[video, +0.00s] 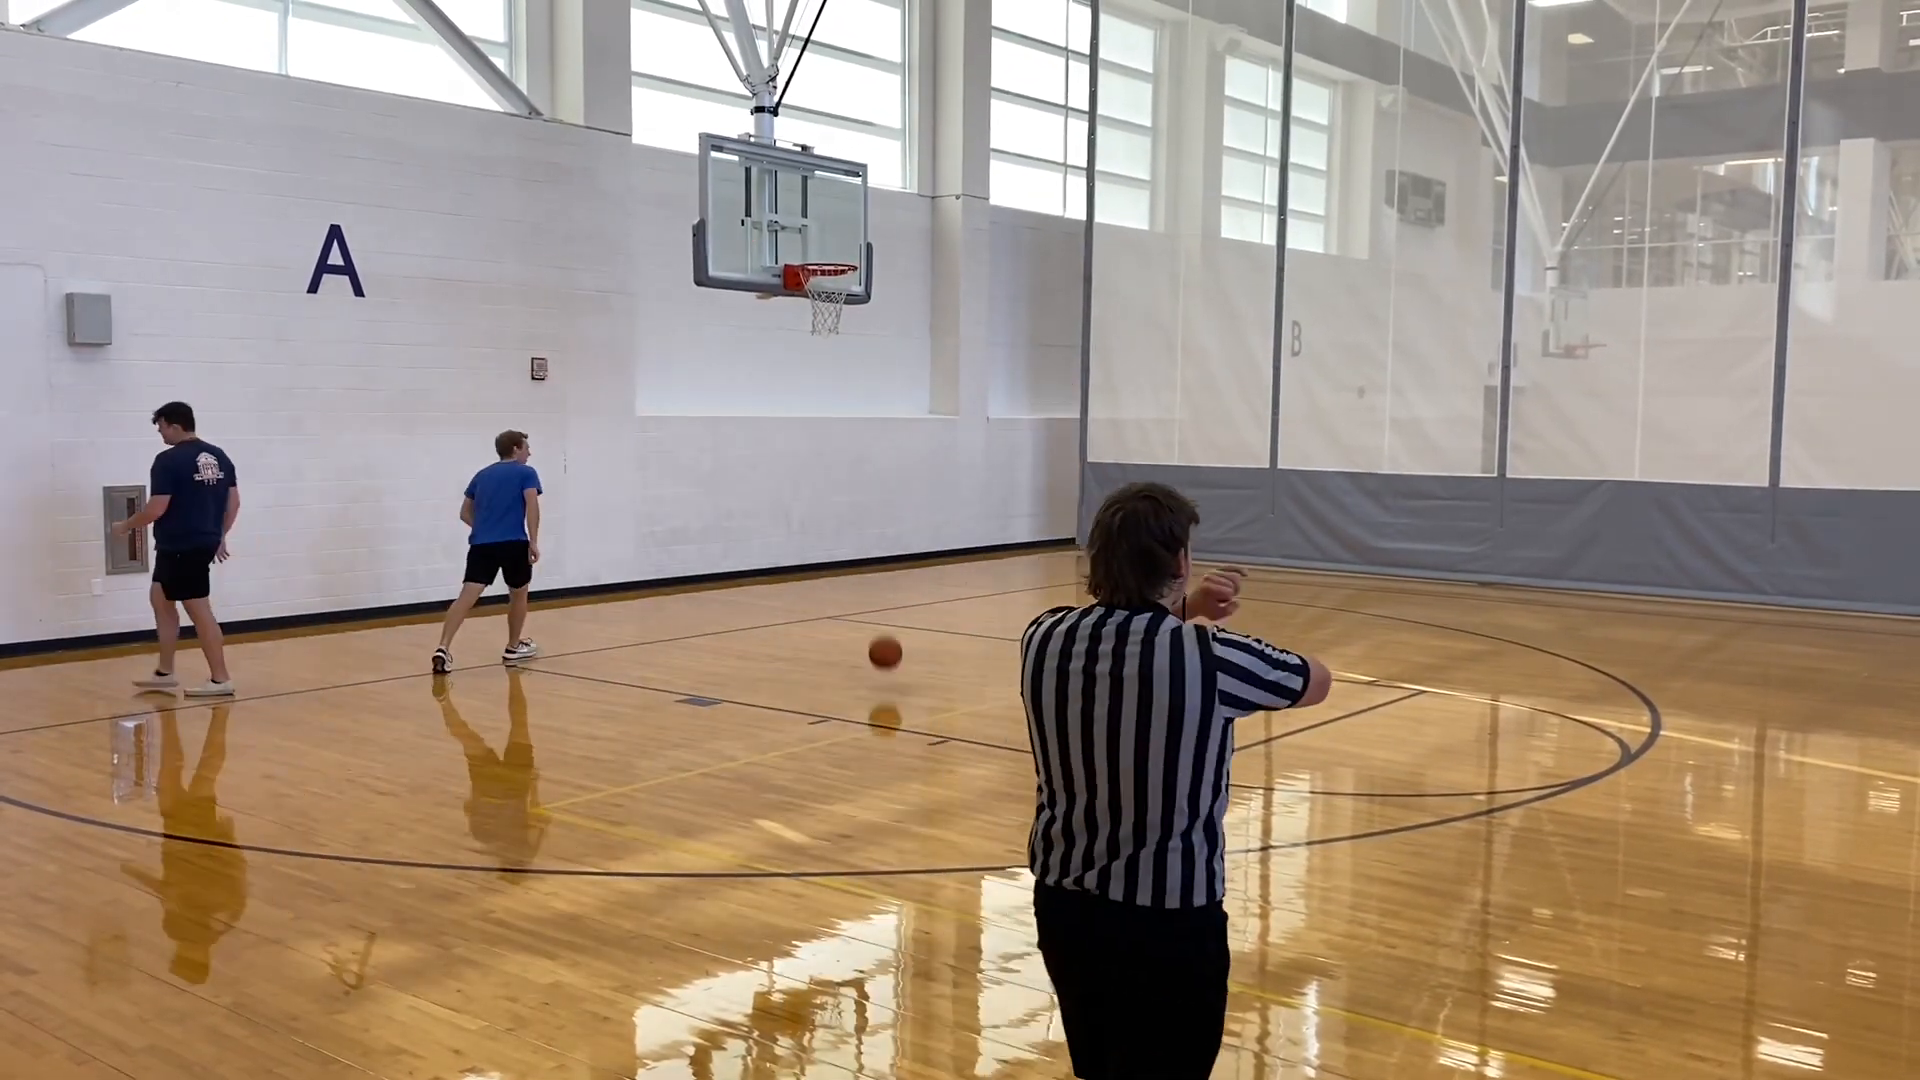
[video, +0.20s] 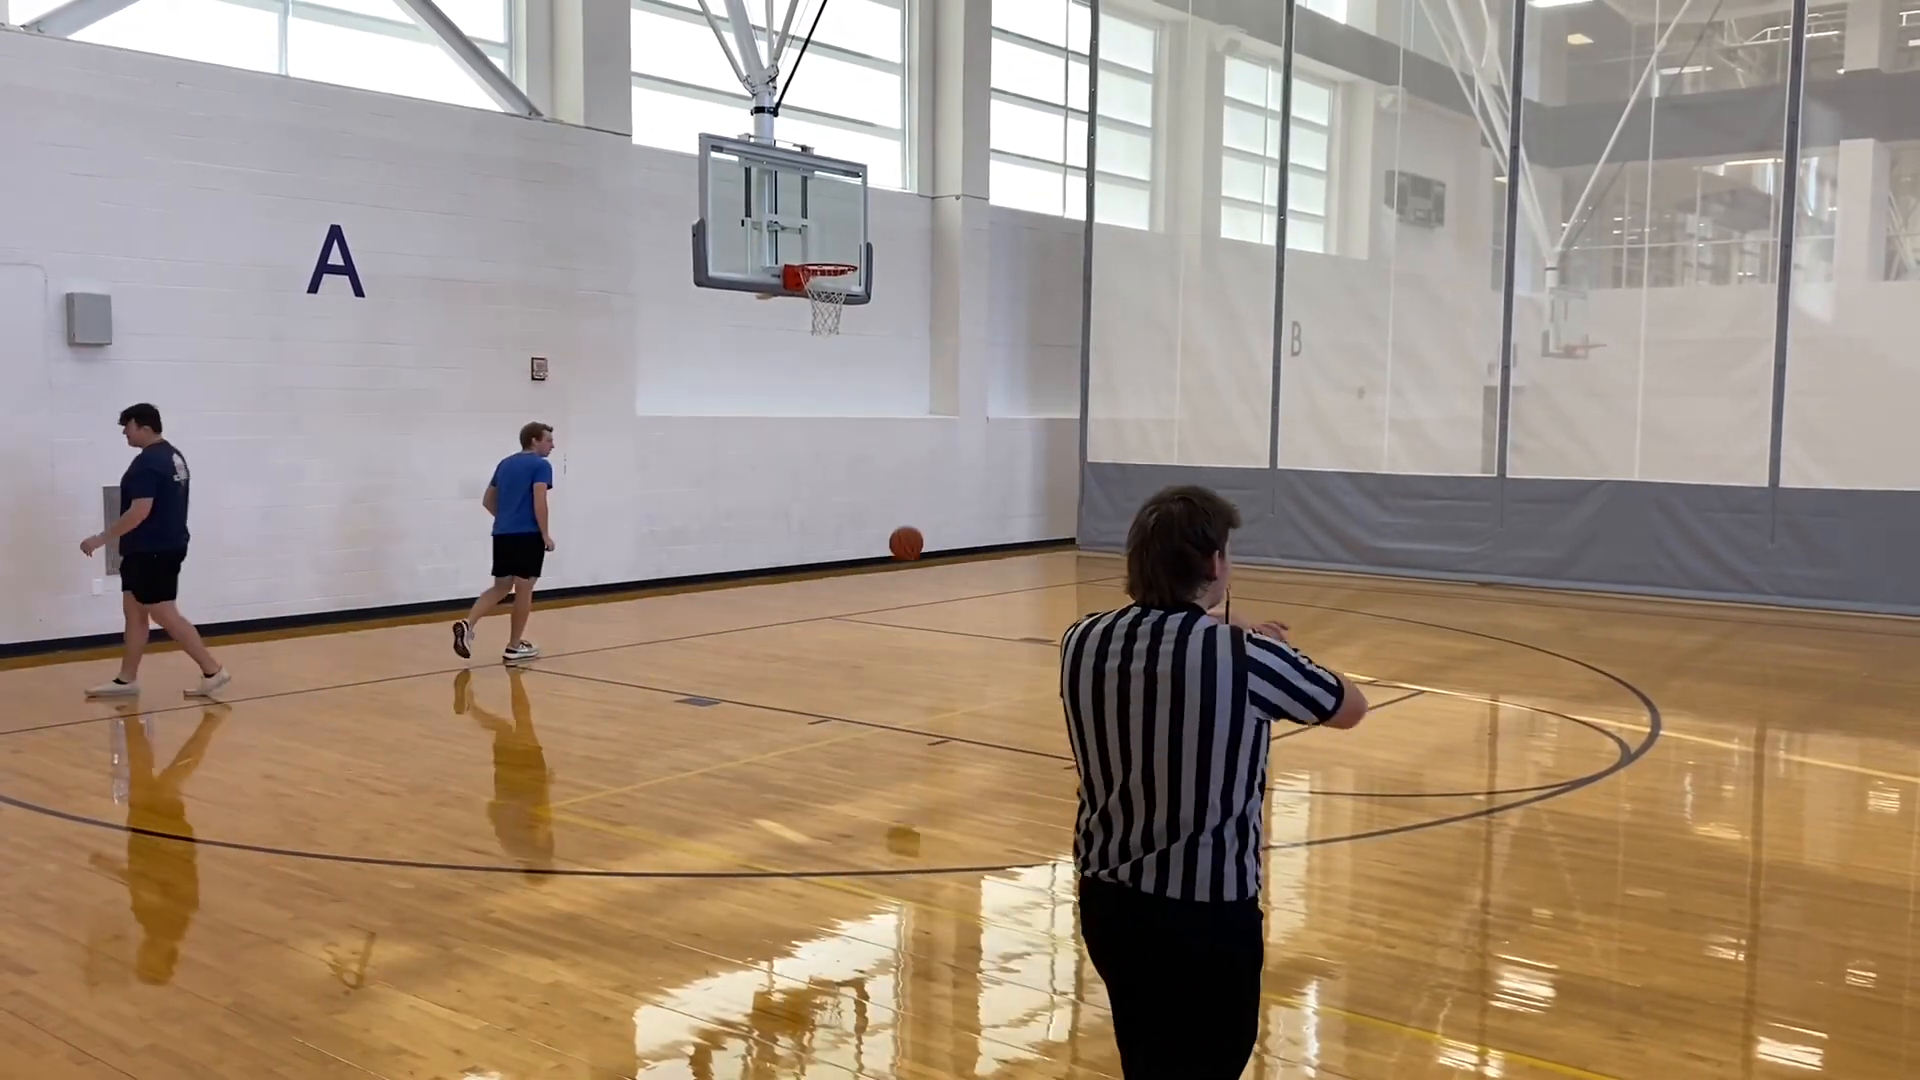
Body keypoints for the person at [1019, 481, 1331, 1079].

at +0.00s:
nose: (1192, 562)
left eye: (1190, 549)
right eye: (1190, 551)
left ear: (1100, 558)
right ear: (1178, 562)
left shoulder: (1042, 638)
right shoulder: (1204, 653)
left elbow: (1114, 638)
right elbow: (1316, 682)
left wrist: (1185, 608)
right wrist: (1233, 643)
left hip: (1065, 913)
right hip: (1173, 918)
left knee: (1098, 1066)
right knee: (1175, 1068)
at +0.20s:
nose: (1230, 566)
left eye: (1227, 551)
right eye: (1228, 551)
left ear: (1140, 559)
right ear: (1215, 561)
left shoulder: (1081, 642)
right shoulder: (1245, 655)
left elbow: (1151, 667)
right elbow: (1349, 708)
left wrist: (1229, 637)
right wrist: (1269, 654)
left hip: (1107, 903)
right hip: (1210, 910)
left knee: (1144, 1057)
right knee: (1216, 1056)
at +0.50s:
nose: (1312, 566)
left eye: (1310, 551)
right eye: (1306, 552)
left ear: (1224, 560)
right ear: (1273, 560)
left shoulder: (1160, 645)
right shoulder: (1300, 651)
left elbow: (1126, 761)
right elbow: (1457, 721)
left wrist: (1210, 773)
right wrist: (1487, 611)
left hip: (1192, 895)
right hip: (1281, 904)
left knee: (1220, 1059)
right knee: (1280, 1058)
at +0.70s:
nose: (1373, 557)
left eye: (1371, 542)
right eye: (1364, 541)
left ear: (1287, 548)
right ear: (1324, 547)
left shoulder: (1212, 630)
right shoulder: (1345, 628)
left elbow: (1179, 746)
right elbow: (1505, 636)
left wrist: (1258, 756)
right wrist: (1636, 572)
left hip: (1246, 887)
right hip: (1334, 894)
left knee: (1299, 1059)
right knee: (1359, 1058)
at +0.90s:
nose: (1417, 555)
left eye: (1415, 539)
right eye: (1410, 539)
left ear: (1336, 543)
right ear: (1376, 541)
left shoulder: (1256, 624)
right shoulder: (1389, 619)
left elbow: (1228, 738)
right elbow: (1534, 614)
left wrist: (1305, 756)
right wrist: (1683, 591)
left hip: (1283, 878)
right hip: (1378, 884)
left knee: (1312, 1057)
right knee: (1433, 1059)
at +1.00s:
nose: (1437, 558)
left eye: (1436, 541)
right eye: (1432, 540)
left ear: (1355, 541)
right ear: (1400, 541)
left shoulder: (1277, 624)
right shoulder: (1412, 620)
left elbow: (1246, 736)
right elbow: (1560, 618)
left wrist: (1325, 756)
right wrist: (1709, 598)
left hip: (1302, 875)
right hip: (1401, 882)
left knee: (1324, 1052)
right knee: (1460, 1053)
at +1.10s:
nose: (1455, 562)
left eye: (1455, 546)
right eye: (1454, 546)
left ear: (1371, 546)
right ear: (1429, 547)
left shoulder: (1300, 626)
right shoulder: (1438, 625)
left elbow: (1265, 737)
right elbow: (1592, 622)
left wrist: (1343, 754)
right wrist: (1742, 604)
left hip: (1325, 876)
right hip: (1428, 883)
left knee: (1337, 1054)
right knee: (1471, 1056)